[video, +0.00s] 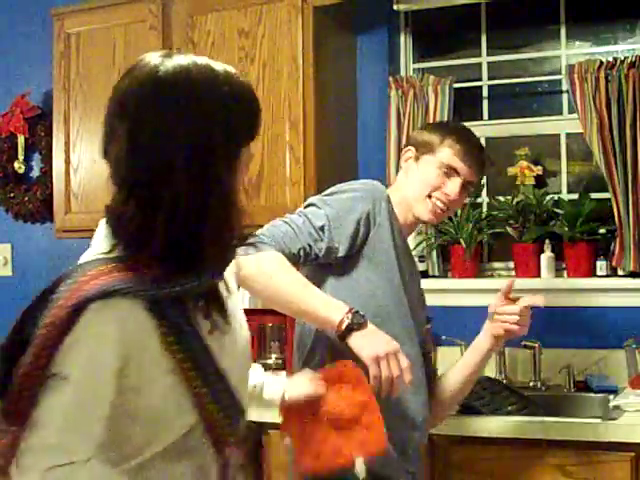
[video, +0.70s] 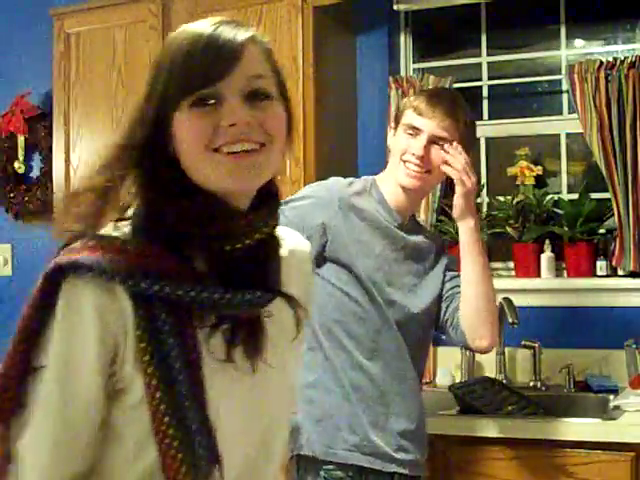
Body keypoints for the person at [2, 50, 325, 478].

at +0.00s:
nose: (245, 169)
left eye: (242, 152)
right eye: (237, 153)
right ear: (197, 160)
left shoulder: (204, 275)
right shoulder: (112, 311)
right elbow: (51, 466)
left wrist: (281, 391)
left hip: (218, 470)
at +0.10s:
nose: (229, 171)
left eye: (228, 156)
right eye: (222, 157)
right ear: (179, 165)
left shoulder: (193, 259)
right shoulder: (58, 326)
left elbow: (203, 390)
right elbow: (20, 467)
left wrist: (270, 441)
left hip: (196, 471)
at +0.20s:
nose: (217, 170)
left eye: (211, 156)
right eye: (203, 158)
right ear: (146, 166)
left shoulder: (189, 245)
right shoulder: (19, 321)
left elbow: (184, 394)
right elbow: (9, 466)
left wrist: (256, 466)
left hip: (175, 470)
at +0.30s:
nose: (198, 151)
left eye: (191, 127)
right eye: (170, 134)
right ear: (104, 148)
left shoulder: (187, 241)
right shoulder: (14, 307)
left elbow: (173, 398)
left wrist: (241, 472)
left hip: (151, 470)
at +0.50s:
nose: (163, 136)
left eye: (181, 108)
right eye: (127, 119)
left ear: (210, 124)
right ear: (87, 148)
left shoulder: (210, 265)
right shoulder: (26, 301)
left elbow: (189, 427)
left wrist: (234, 473)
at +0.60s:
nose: (195, 130)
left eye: (215, 104)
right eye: (162, 112)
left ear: (246, 124)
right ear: (122, 145)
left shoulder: (231, 279)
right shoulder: (61, 302)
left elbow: (225, 450)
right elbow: (9, 467)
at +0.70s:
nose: (237, 119)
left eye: (258, 95)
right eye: (205, 100)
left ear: (287, 119)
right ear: (165, 131)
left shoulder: (292, 266)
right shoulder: (98, 284)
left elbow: (273, 449)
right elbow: (40, 468)